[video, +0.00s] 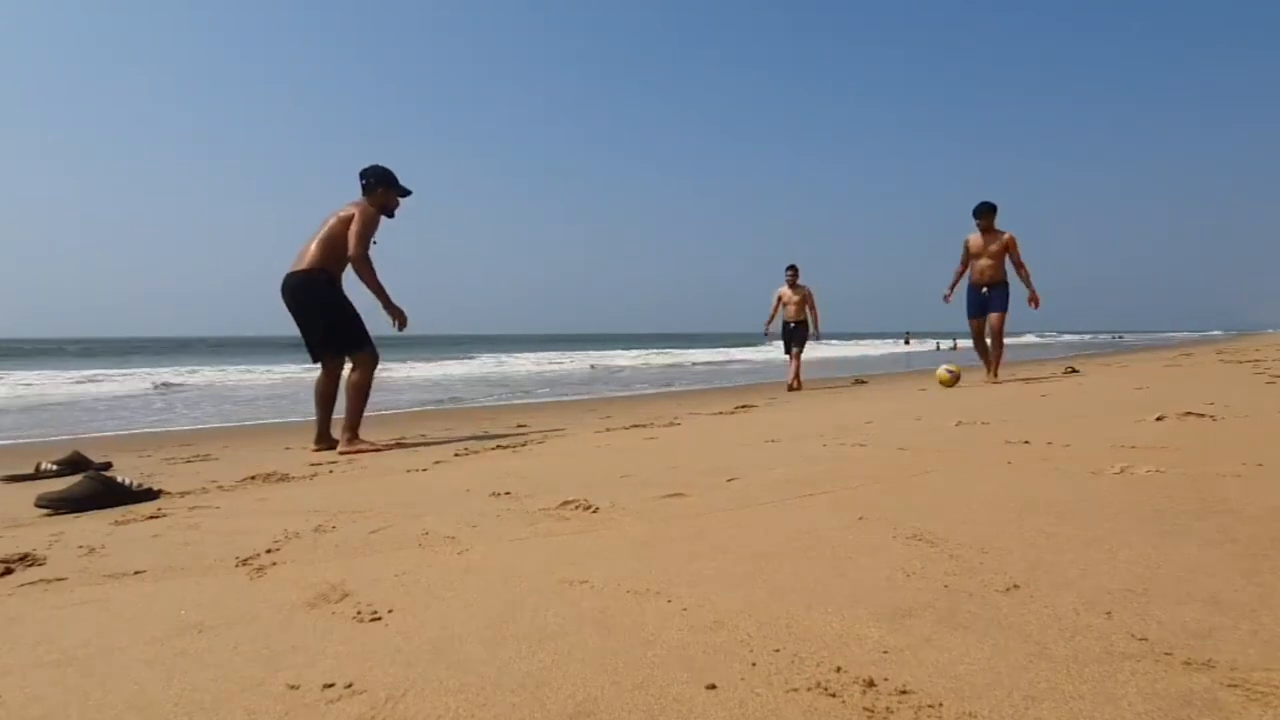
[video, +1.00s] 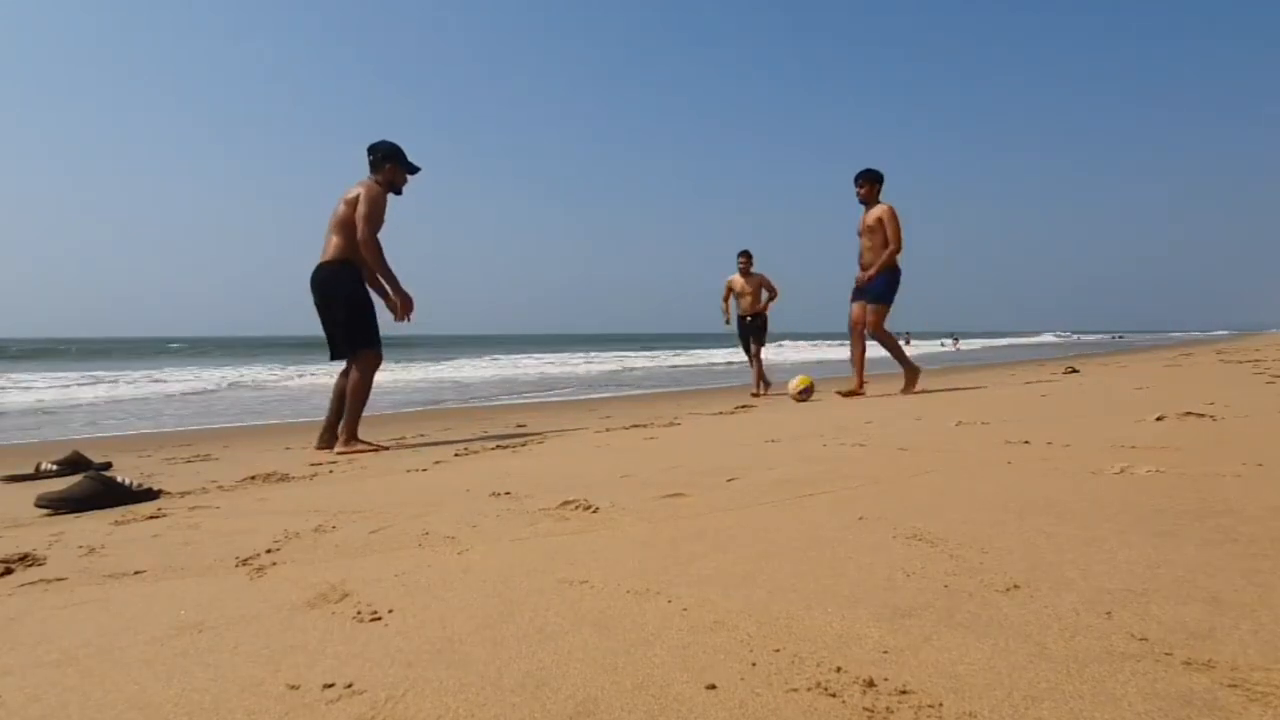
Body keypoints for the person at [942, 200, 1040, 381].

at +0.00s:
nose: (978, 222)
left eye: (982, 219)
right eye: (976, 219)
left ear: (992, 218)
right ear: (975, 219)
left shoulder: (1006, 239)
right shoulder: (970, 241)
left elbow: (1019, 266)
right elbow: (963, 266)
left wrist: (1031, 290)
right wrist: (951, 288)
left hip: (997, 286)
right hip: (975, 287)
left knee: (995, 329)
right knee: (976, 335)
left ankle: (993, 372)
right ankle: (988, 367)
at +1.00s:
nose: (858, 191)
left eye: (863, 186)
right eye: (857, 187)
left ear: (876, 188)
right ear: (858, 190)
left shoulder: (885, 212)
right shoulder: (866, 215)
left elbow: (894, 246)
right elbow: (868, 248)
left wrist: (871, 272)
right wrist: (862, 271)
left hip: (884, 272)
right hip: (866, 273)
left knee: (874, 326)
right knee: (856, 324)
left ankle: (910, 369)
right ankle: (858, 382)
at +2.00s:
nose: (745, 197)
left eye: (749, 192)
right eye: (744, 192)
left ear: (762, 191)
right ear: (745, 193)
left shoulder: (780, 217)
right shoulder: (741, 221)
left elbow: (810, 242)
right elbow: (713, 246)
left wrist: (844, 256)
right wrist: (677, 255)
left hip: (771, 281)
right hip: (749, 281)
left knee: (747, 333)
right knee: (722, 334)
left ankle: (747, 391)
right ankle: (756, 356)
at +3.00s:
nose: (844, 198)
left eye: (848, 193)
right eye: (839, 193)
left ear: (852, 194)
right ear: (829, 193)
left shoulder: (851, 222)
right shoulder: (815, 220)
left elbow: (852, 256)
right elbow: (790, 251)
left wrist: (867, 277)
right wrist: (790, 287)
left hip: (831, 285)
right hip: (806, 284)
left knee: (841, 339)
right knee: (809, 340)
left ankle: (829, 391)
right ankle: (784, 375)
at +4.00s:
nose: (946, 82)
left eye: (953, 76)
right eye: (940, 75)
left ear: (963, 79)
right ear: (929, 76)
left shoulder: (968, 123)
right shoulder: (908, 119)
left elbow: (967, 174)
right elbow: (876, 169)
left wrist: (984, 210)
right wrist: (856, 218)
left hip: (945, 216)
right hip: (907, 211)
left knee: (963, 294)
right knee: (897, 281)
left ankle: (951, 387)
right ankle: (877, 372)